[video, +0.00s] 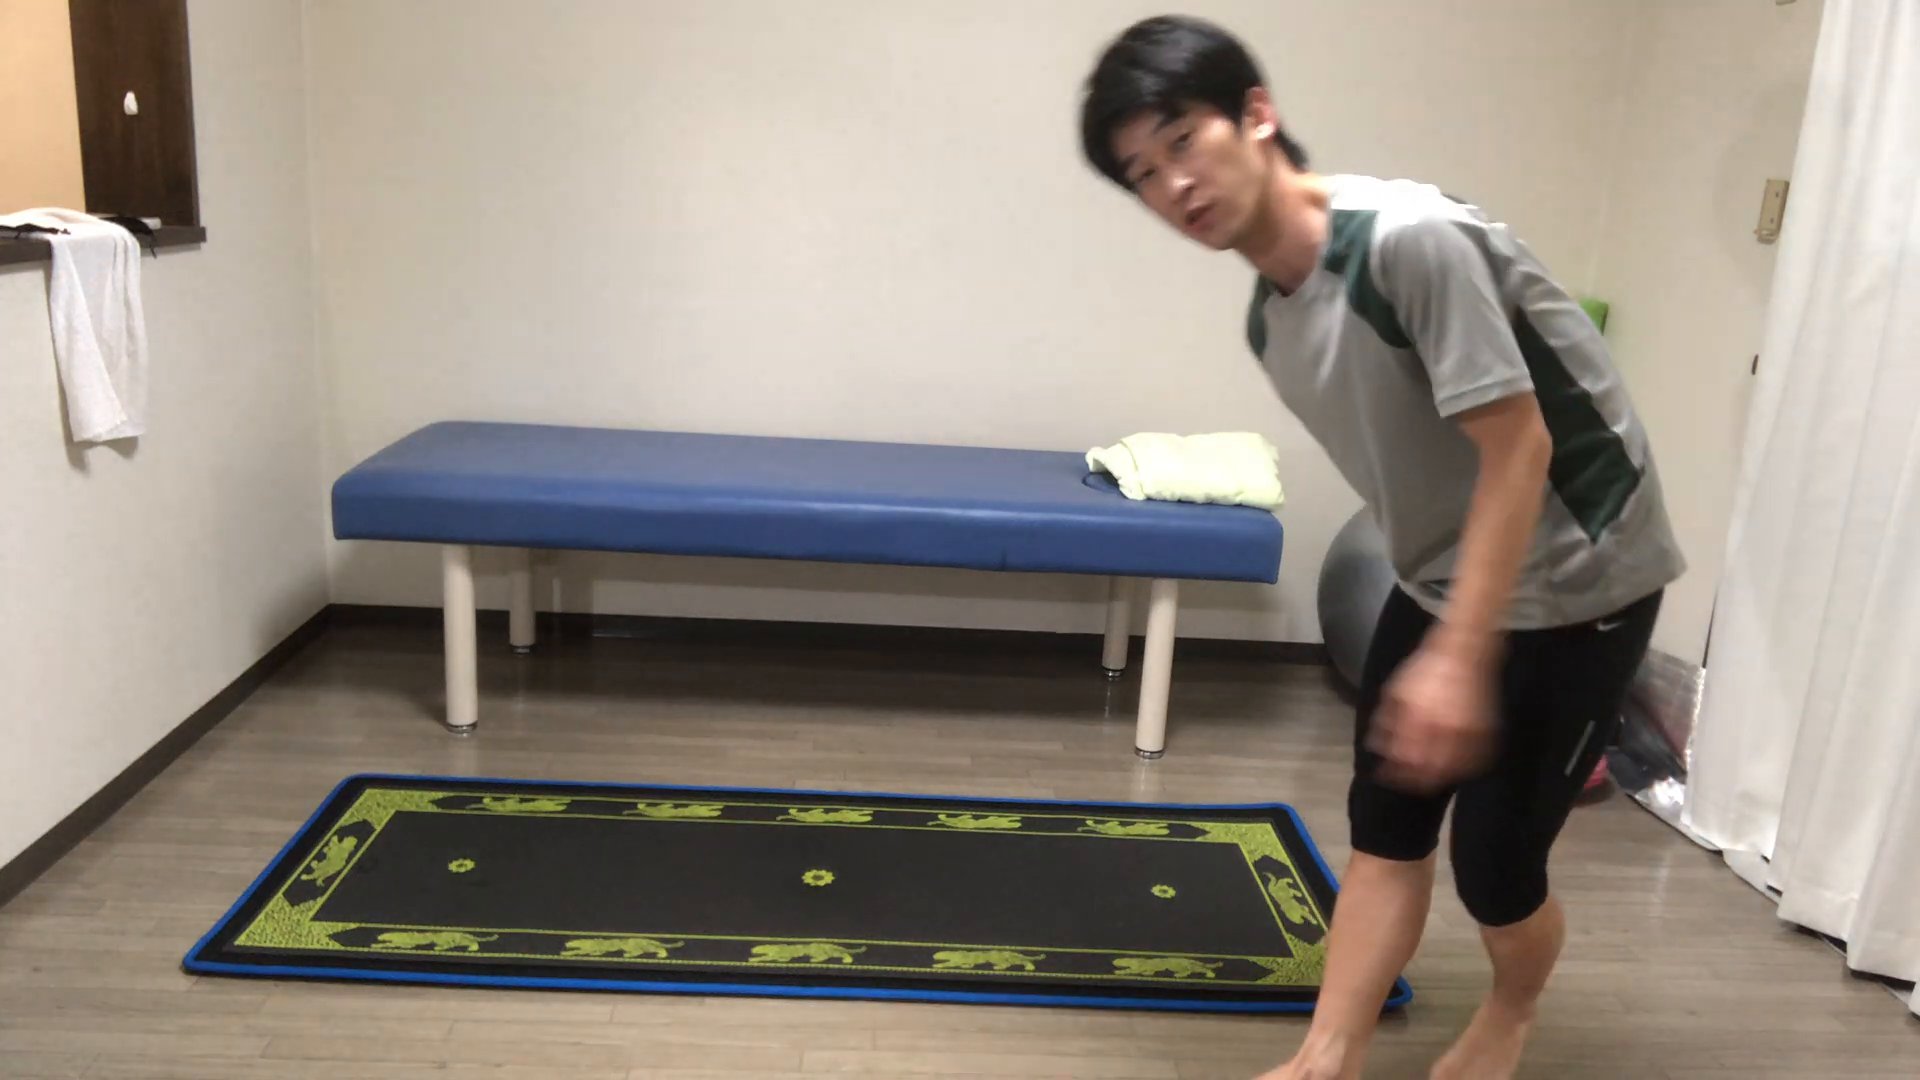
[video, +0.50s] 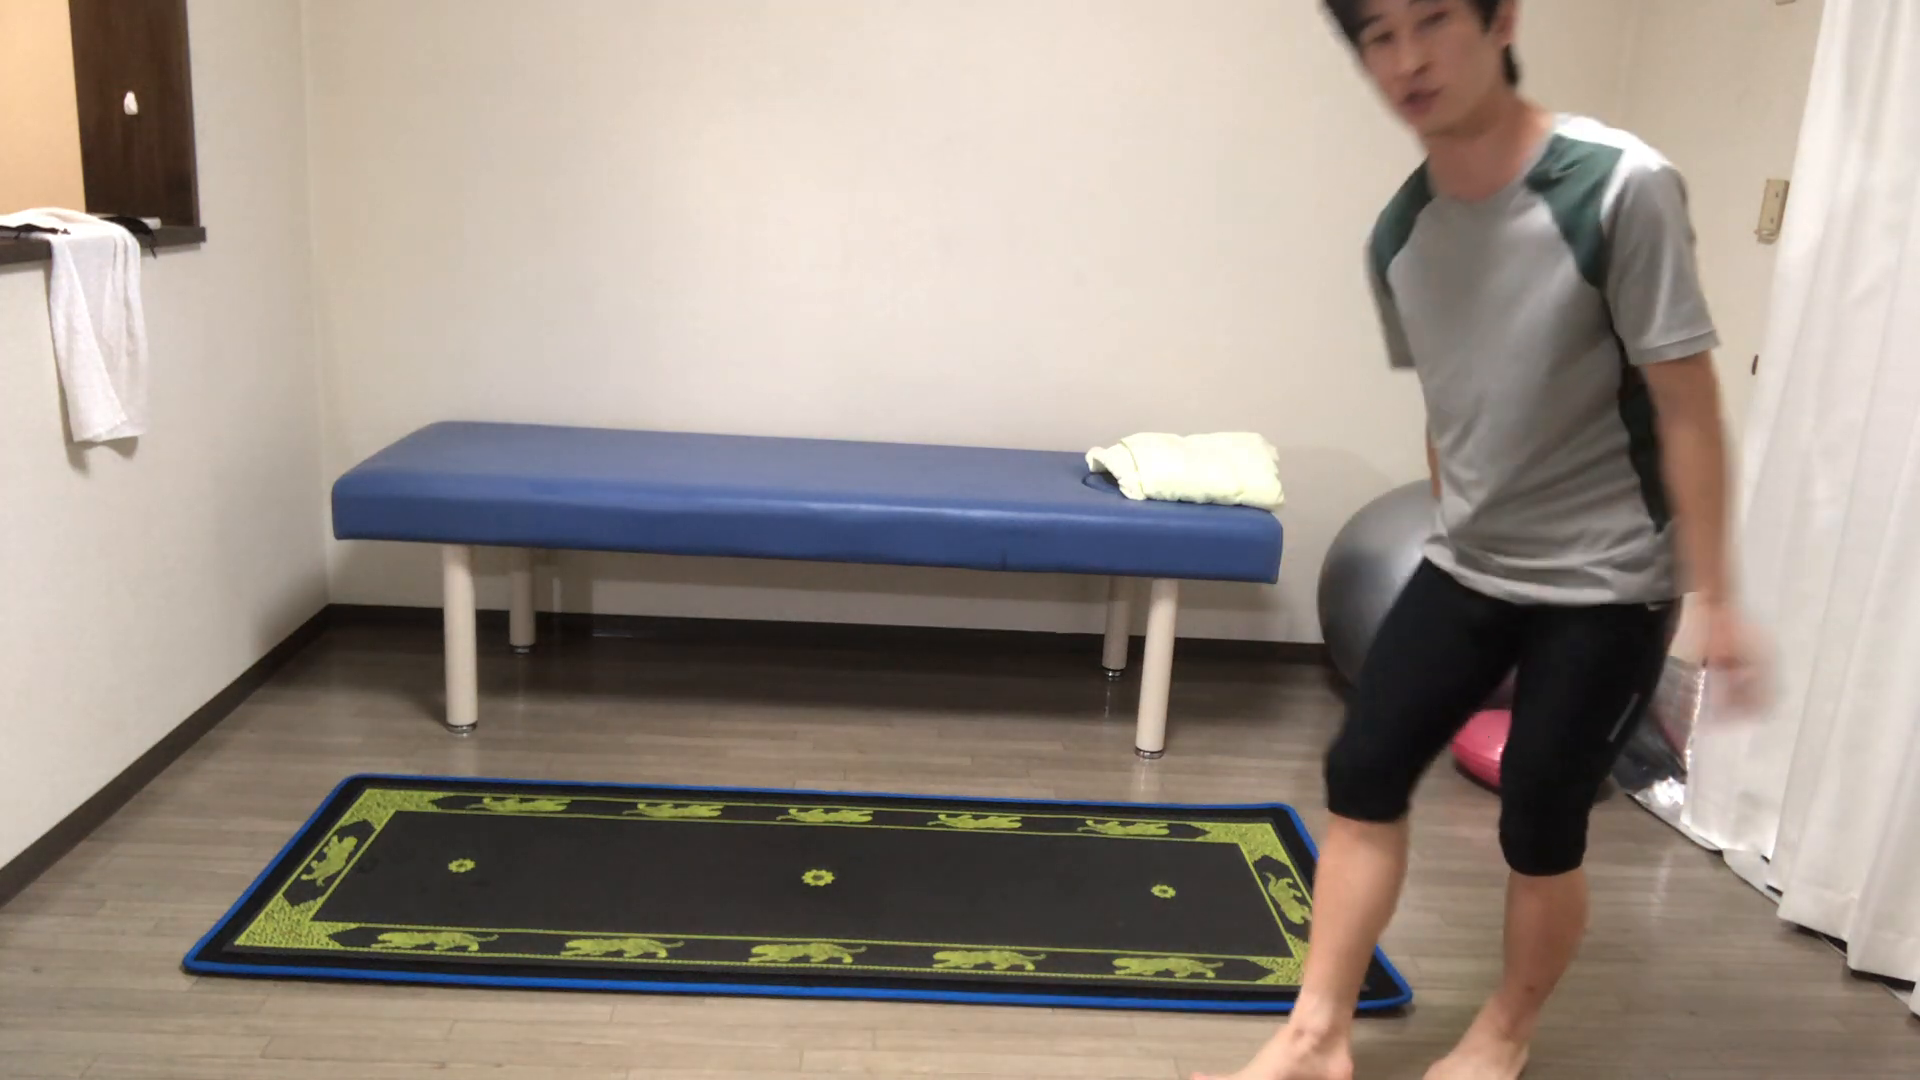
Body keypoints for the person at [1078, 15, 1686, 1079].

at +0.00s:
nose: (1174, 185)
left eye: (1183, 142)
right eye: (1144, 177)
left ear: (1258, 118)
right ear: (1138, 204)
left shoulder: (1414, 242)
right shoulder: (1270, 323)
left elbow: (1520, 449)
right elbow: (1410, 469)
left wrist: (1458, 654)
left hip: (1581, 580)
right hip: (1443, 579)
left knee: (1493, 857)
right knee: (1386, 815)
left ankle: (1510, 1011)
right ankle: (1326, 1058)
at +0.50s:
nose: (1406, 59)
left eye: (1431, 22)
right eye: (1376, 38)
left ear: (1500, 25)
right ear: (1361, 63)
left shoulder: (1621, 191)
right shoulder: (1401, 234)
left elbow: (1689, 406)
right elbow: (1447, 412)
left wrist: (1710, 596)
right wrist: (1453, 548)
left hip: (1607, 578)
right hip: (1468, 561)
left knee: (1540, 819)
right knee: (1362, 775)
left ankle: (1504, 1034)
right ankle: (1317, 1031)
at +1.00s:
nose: (1402, 8)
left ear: (1494, 7)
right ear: (1370, 12)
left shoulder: (1574, 159)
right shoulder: (1362, 167)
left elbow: (1604, 375)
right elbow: (1364, 354)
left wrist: (1566, 556)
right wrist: (1345, 505)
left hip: (1513, 538)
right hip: (1386, 523)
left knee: (1506, 789)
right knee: (1314, 735)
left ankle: (1504, 1021)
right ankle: (1290, 956)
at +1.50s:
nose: (1213, 10)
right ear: (1177, 9)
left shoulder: (1381, 125)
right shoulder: (1197, 160)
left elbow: (1445, 332)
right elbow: (1201, 342)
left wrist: (1398, 503)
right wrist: (1180, 494)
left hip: (1335, 518)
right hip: (1228, 515)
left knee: (1265, 758)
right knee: (1248, 757)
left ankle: (1365, 973)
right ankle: (1285, 958)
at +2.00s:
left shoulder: (1173, 168)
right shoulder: (1007, 95)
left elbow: (1185, 382)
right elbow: (1004, 293)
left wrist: (1190, 574)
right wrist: (968, 429)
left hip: (1103, 511)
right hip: (1008, 486)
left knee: (1017, 762)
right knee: (1032, 729)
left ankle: (1012, 1011)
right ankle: (1210, 886)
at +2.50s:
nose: (802, 3)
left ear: (859, 5)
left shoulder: (931, 135)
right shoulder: (678, 97)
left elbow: (940, 326)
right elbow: (636, 273)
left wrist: (875, 469)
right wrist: (617, 450)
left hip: (871, 492)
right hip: (723, 483)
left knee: (925, 745)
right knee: (664, 727)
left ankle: (996, 980)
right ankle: (626, 907)